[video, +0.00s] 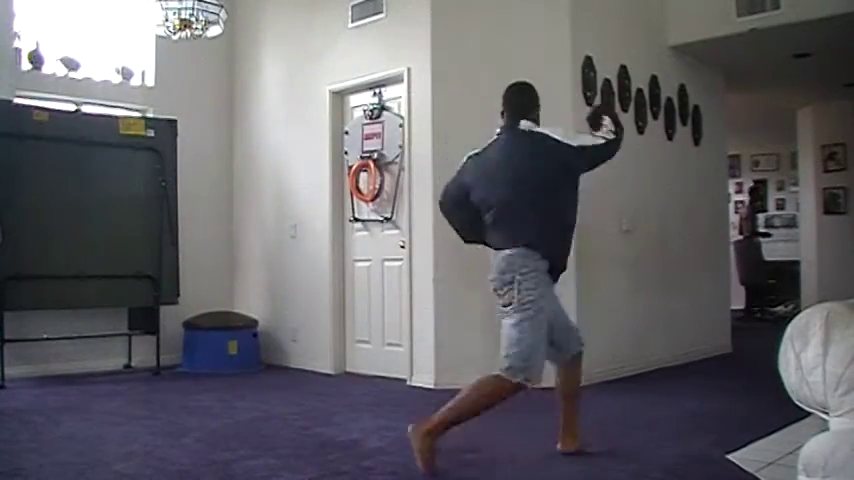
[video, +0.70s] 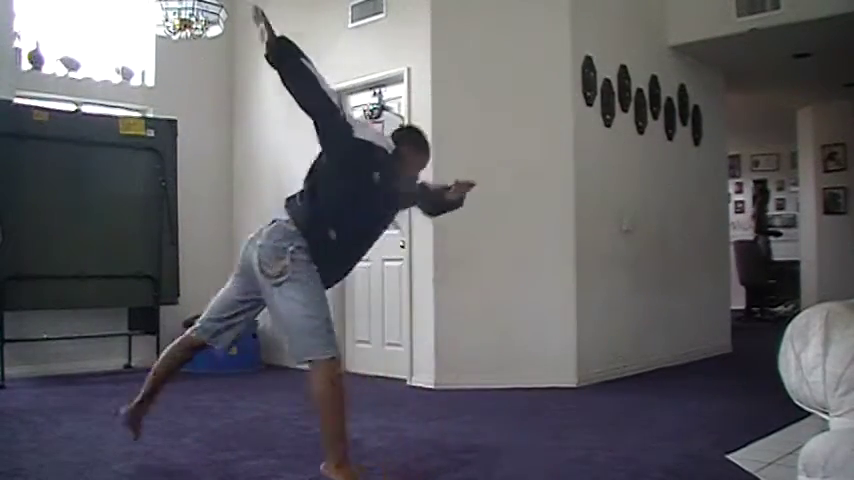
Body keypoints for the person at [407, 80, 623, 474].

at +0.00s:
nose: (536, 114)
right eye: (535, 108)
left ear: (502, 113)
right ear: (536, 112)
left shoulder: (482, 158)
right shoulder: (548, 149)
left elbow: (450, 200)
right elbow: (595, 153)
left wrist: (482, 235)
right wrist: (616, 135)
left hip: (510, 263)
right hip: (528, 264)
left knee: (570, 347)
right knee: (516, 374)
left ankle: (569, 437)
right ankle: (428, 431)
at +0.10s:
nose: (529, 105)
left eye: (525, 98)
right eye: (529, 98)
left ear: (492, 100)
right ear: (526, 98)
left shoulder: (474, 133)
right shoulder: (521, 127)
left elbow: (441, 187)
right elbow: (570, 150)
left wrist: (464, 230)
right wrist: (592, 137)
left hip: (473, 243)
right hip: (488, 243)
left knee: (519, 347)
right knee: (481, 361)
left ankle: (562, 426)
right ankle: (409, 440)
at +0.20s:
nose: (515, 106)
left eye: (513, 100)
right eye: (514, 99)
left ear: (480, 91)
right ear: (507, 96)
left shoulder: (465, 121)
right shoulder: (487, 122)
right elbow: (519, 182)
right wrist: (562, 220)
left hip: (447, 246)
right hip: (436, 244)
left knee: (476, 339)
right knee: (449, 360)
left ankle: (458, 433)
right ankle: (399, 449)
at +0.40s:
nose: (485, 131)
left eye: (487, 124)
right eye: (482, 123)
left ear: (470, 121)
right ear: (462, 118)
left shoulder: (452, 163)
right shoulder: (426, 150)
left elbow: (487, 178)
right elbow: (368, 160)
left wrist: (527, 169)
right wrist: (325, 156)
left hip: (382, 261)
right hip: (378, 260)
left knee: (332, 345)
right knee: (412, 369)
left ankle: (249, 363)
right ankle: (392, 463)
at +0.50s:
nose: (463, 127)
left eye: (467, 120)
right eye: (459, 118)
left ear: (461, 115)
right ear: (440, 109)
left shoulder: (449, 152)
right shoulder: (396, 127)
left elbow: (489, 154)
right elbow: (339, 94)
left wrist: (516, 137)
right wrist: (290, 53)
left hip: (347, 235)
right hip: (345, 231)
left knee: (280, 319)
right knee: (380, 344)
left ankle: (187, 352)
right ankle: (392, 453)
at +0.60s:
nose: (445, 134)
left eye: (447, 128)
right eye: (441, 126)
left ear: (441, 127)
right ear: (425, 118)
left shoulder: (433, 153)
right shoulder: (379, 127)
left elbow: (464, 161)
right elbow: (330, 79)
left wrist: (482, 145)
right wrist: (288, 25)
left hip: (307, 226)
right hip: (320, 228)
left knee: (235, 314)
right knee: (352, 342)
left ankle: (157, 369)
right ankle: (361, 448)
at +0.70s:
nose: (416, 178)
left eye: (420, 171)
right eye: (413, 169)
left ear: (412, 165)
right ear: (394, 155)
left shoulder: (400, 189)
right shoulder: (352, 150)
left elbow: (426, 199)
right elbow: (316, 100)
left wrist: (448, 197)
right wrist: (277, 50)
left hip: (273, 246)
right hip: (287, 249)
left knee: (202, 332)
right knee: (324, 358)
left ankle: (141, 401)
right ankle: (336, 465)